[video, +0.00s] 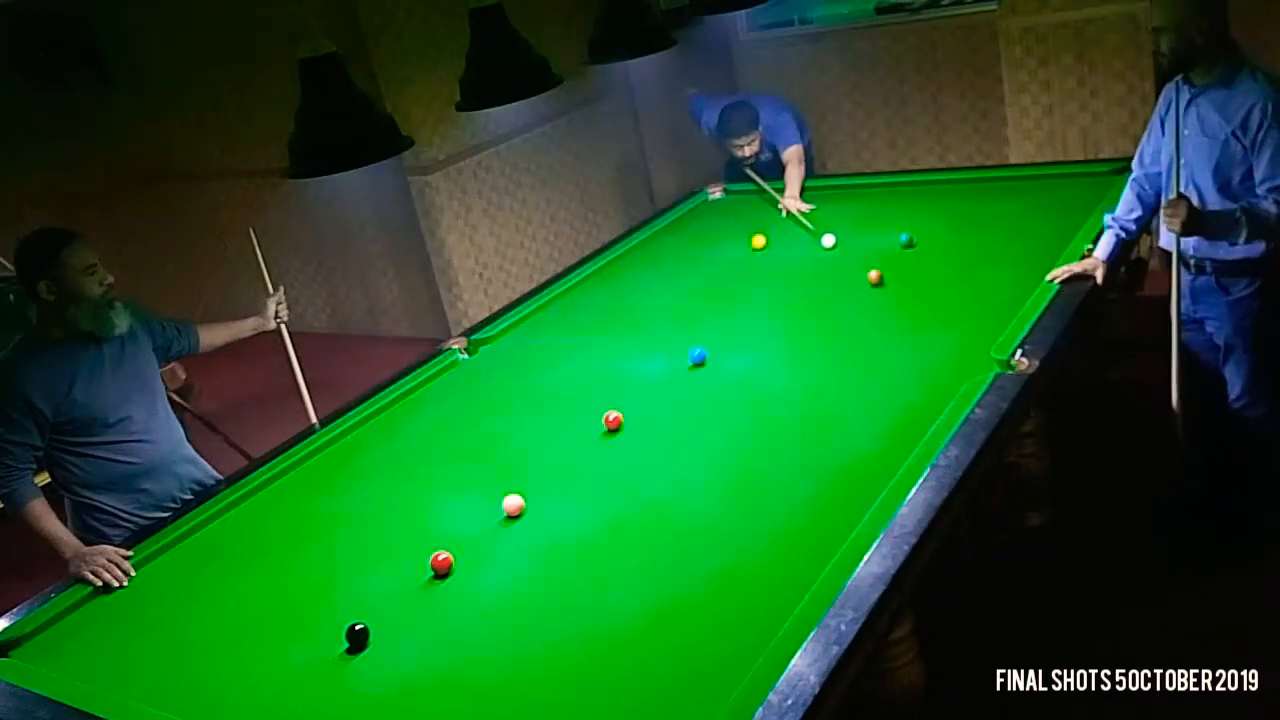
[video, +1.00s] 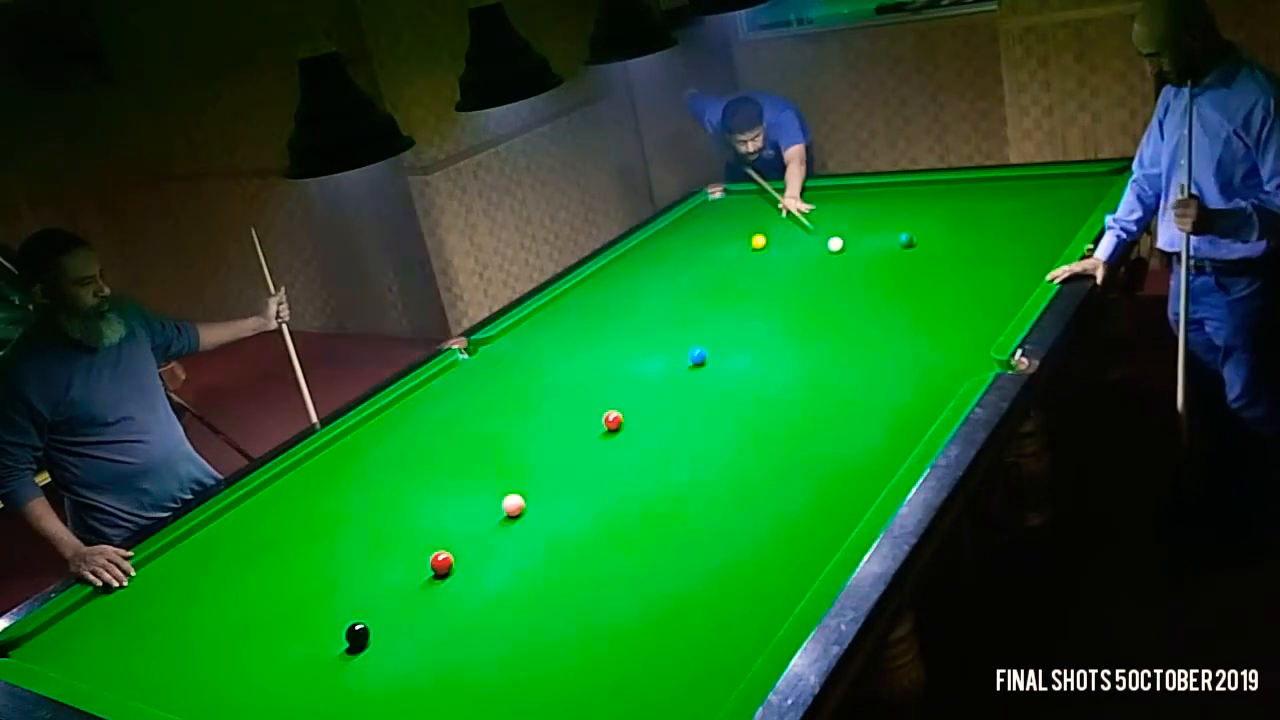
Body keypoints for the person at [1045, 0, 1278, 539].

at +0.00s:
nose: (1157, 46)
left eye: (1165, 32)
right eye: (1154, 34)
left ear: (1205, 28)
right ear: (1170, 36)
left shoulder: (1260, 102)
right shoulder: (1174, 96)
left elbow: (1272, 213)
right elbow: (1144, 178)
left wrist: (1204, 223)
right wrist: (1103, 252)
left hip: (1242, 288)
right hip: (1188, 282)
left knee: (1247, 410)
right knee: (1195, 405)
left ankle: (1252, 526)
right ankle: (1199, 516)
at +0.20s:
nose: (1150, 49)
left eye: (1159, 38)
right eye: (1148, 38)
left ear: (1199, 32)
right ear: (1182, 36)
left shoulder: (1258, 101)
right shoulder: (1172, 96)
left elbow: (1274, 212)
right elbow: (1144, 180)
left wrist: (1204, 223)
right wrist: (1104, 254)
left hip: (1244, 285)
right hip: (1189, 280)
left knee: (1248, 409)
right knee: (1197, 407)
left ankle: (1255, 528)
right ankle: (1202, 521)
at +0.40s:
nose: (1151, 60)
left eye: (1159, 47)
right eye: (1146, 48)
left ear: (1197, 36)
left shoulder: (1258, 100)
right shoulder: (1172, 98)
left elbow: (1276, 213)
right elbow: (1144, 180)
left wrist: (1207, 222)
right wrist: (1104, 254)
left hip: (1245, 283)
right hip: (1187, 279)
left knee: (1248, 408)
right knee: (1198, 404)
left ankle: (1256, 522)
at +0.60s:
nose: (1151, 68)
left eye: (1157, 54)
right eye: (1144, 56)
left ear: (1192, 39)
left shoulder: (1260, 101)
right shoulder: (1174, 97)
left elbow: (1277, 213)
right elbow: (1145, 179)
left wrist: (1210, 221)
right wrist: (1104, 254)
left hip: (1245, 285)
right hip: (1187, 280)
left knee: (1248, 410)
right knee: (1197, 407)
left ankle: (1256, 525)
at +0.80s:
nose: (1152, 70)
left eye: (1157, 56)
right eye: (1145, 58)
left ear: (1192, 39)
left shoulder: (1260, 100)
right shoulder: (1174, 97)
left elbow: (1277, 212)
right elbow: (1145, 180)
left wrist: (1213, 220)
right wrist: (1104, 254)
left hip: (1242, 285)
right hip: (1185, 279)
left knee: (1248, 410)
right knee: (1199, 409)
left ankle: (1257, 525)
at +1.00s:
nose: (1152, 69)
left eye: (1158, 55)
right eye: (1145, 57)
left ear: (1193, 39)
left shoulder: (1260, 99)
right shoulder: (1173, 97)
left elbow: (1277, 210)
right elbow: (1145, 180)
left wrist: (1214, 219)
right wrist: (1104, 253)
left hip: (1243, 284)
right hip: (1185, 278)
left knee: (1248, 409)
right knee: (1199, 407)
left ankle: (1257, 523)